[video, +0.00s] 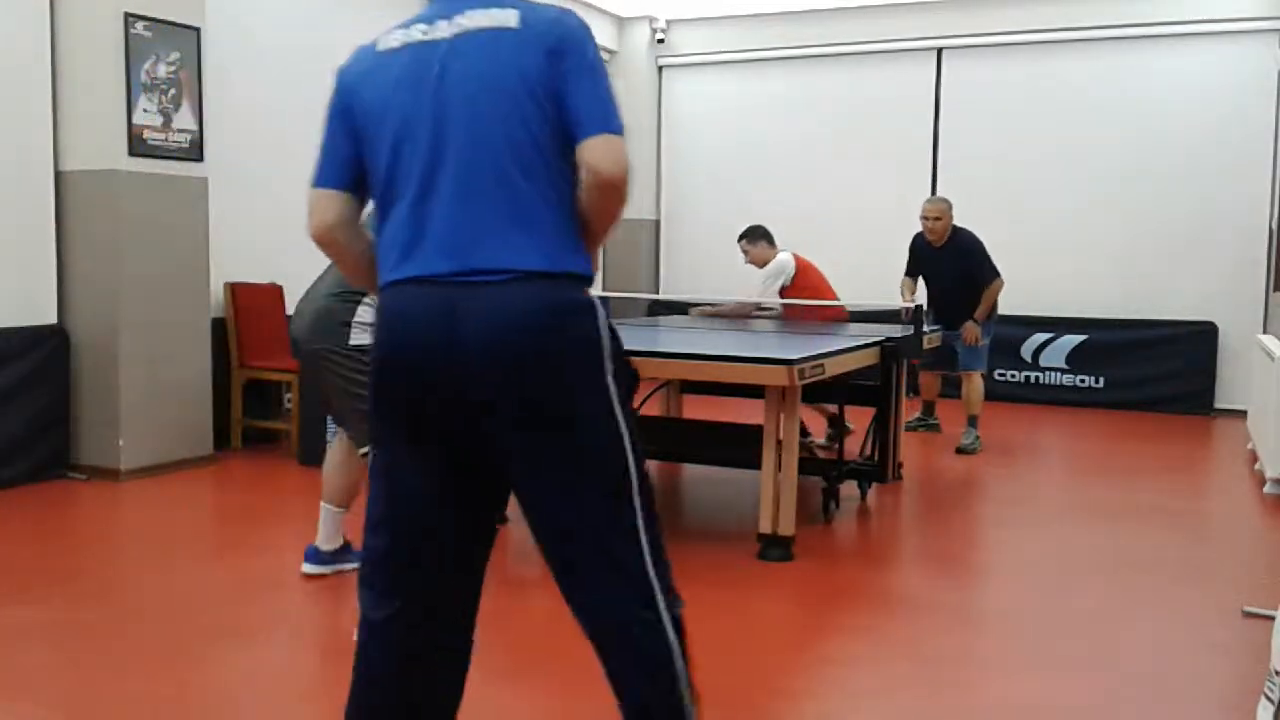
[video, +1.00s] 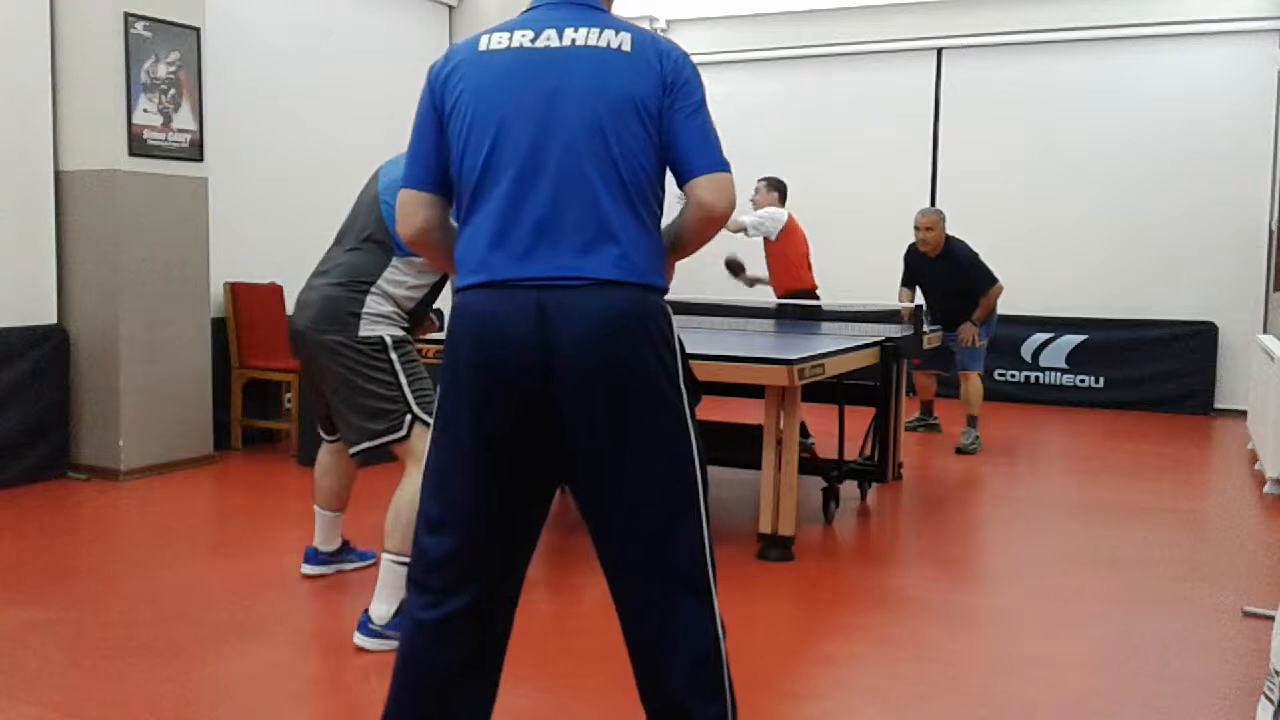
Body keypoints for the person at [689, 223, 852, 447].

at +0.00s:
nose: (746, 260)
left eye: (746, 252)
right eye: (744, 254)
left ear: (763, 245)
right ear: (766, 245)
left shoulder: (782, 262)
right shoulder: (786, 261)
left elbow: (749, 308)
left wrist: (709, 311)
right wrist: (723, 310)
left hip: (827, 330)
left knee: (779, 378)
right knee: (790, 377)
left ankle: (799, 433)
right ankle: (834, 420)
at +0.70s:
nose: (739, 237)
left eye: (740, 229)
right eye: (738, 231)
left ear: (756, 224)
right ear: (760, 225)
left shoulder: (771, 242)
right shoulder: (783, 245)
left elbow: (738, 279)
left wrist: (691, 287)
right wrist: (757, 290)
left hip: (802, 317)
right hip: (819, 315)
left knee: (773, 368)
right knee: (775, 368)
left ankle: (798, 433)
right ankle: (798, 432)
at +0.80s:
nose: (745, 219)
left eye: (747, 212)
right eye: (744, 213)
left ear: (764, 209)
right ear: (768, 211)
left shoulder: (773, 227)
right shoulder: (784, 232)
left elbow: (741, 249)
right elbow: (782, 281)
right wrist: (753, 271)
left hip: (804, 314)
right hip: (808, 312)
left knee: (781, 376)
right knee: (781, 375)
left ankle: (801, 435)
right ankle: (799, 434)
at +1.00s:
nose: (752, 198)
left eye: (757, 193)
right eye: (754, 193)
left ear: (774, 196)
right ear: (777, 197)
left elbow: (735, 226)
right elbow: (787, 277)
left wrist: (700, 205)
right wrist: (752, 279)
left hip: (795, 306)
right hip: (805, 304)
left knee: (782, 374)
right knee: (784, 375)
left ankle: (801, 435)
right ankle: (799, 434)